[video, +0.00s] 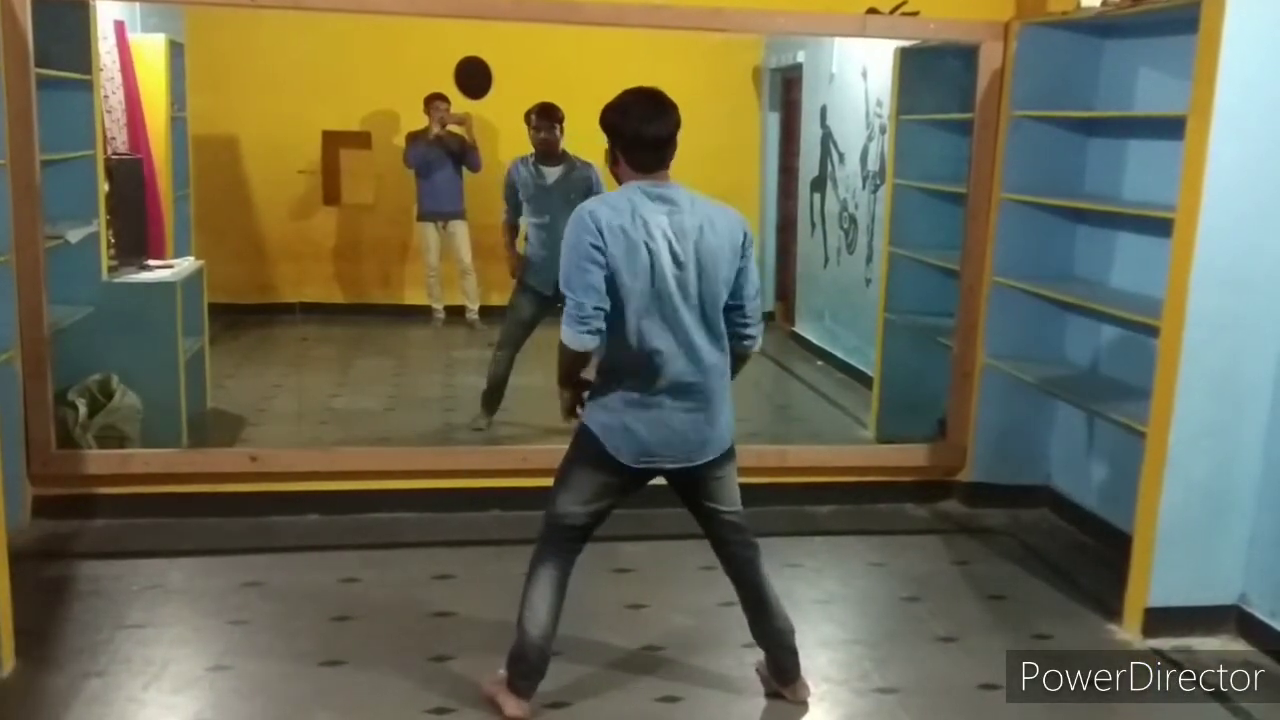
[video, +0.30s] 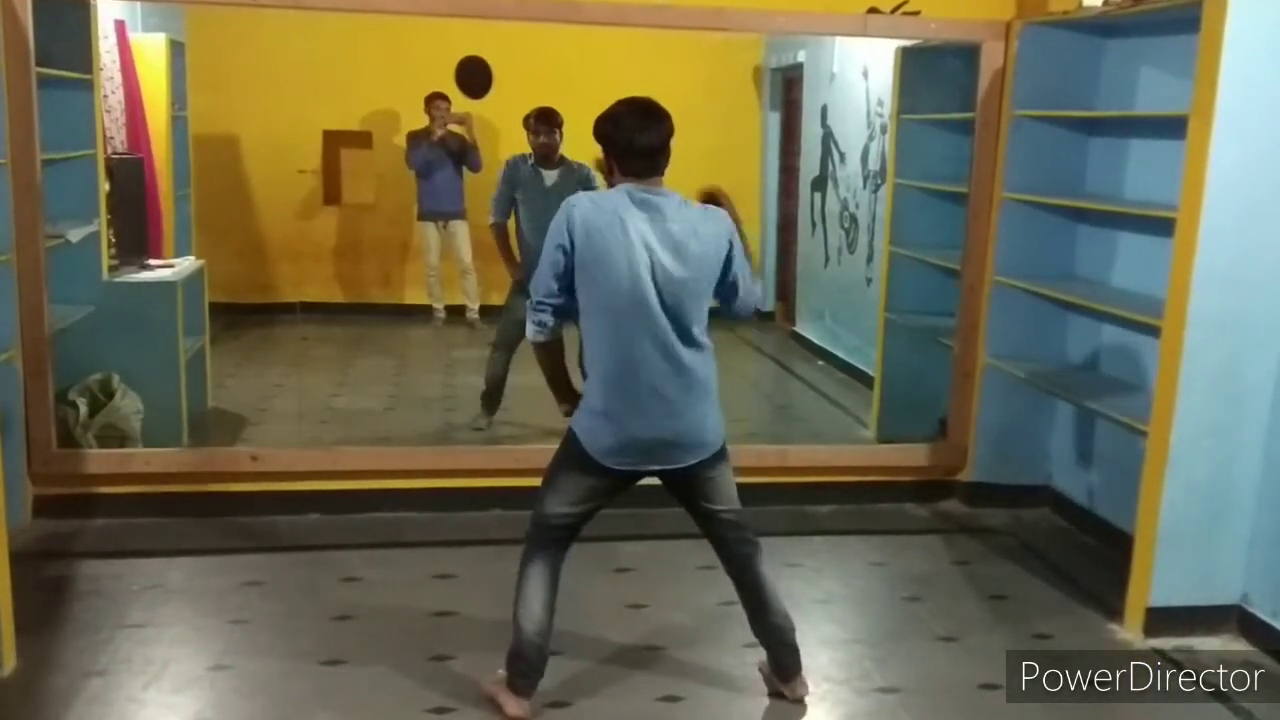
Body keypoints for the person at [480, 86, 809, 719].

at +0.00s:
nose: (607, 153)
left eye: (608, 145)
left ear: (612, 152)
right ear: (675, 148)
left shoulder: (594, 219)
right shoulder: (727, 225)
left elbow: (582, 336)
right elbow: (744, 340)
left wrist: (570, 381)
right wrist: (701, 382)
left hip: (621, 426)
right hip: (705, 426)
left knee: (557, 547)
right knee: (742, 553)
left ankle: (519, 688)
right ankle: (788, 678)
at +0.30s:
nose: (598, 158)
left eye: (600, 150)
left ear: (606, 158)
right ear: (669, 154)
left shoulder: (578, 216)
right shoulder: (710, 224)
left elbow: (541, 319)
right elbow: (743, 300)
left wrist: (567, 396)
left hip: (610, 423)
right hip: (693, 424)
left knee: (546, 544)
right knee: (741, 551)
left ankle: (519, 688)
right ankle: (790, 679)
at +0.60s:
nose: (580, 151)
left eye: (580, 143)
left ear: (588, 149)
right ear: (648, 141)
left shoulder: (566, 214)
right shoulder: (695, 197)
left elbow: (552, 334)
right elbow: (751, 222)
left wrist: (569, 406)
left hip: (608, 416)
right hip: (689, 413)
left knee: (549, 543)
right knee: (738, 543)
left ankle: (519, 686)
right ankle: (781, 678)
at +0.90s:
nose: (579, 148)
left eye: (580, 140)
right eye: (585, 139)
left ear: (590, 147)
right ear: (651, 142)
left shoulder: (569, 211)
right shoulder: (691, 199)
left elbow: (554, 336)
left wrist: (559, 404)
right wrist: (621, 178)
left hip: (608, 418)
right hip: (689, 413)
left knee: (543, 546)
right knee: (742, 539)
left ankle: (518, 693)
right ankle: (793, 679)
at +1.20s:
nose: (588, 154)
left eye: (590, 145)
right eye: (592, 145)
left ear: (598, 153)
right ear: (657, 150)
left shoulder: (581, 221)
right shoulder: (679, 209)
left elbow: (557, 338)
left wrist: (565, 405)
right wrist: (539, 216)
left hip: (617, 416)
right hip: (691, 411)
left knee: (546, 538)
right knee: (737, 543)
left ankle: (520, 687)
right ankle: (789, 683)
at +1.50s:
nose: (503, 175)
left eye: (508, 165)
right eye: (505, 164)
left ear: (525, 170)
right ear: (575, 159)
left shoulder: (533, 233)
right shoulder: (624, 207)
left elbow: (525, 355)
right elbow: (626, 296)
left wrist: (532, 425)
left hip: (598, 425)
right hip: (663, 410)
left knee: (512, 534)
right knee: (665, 471)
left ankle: (517, 687)